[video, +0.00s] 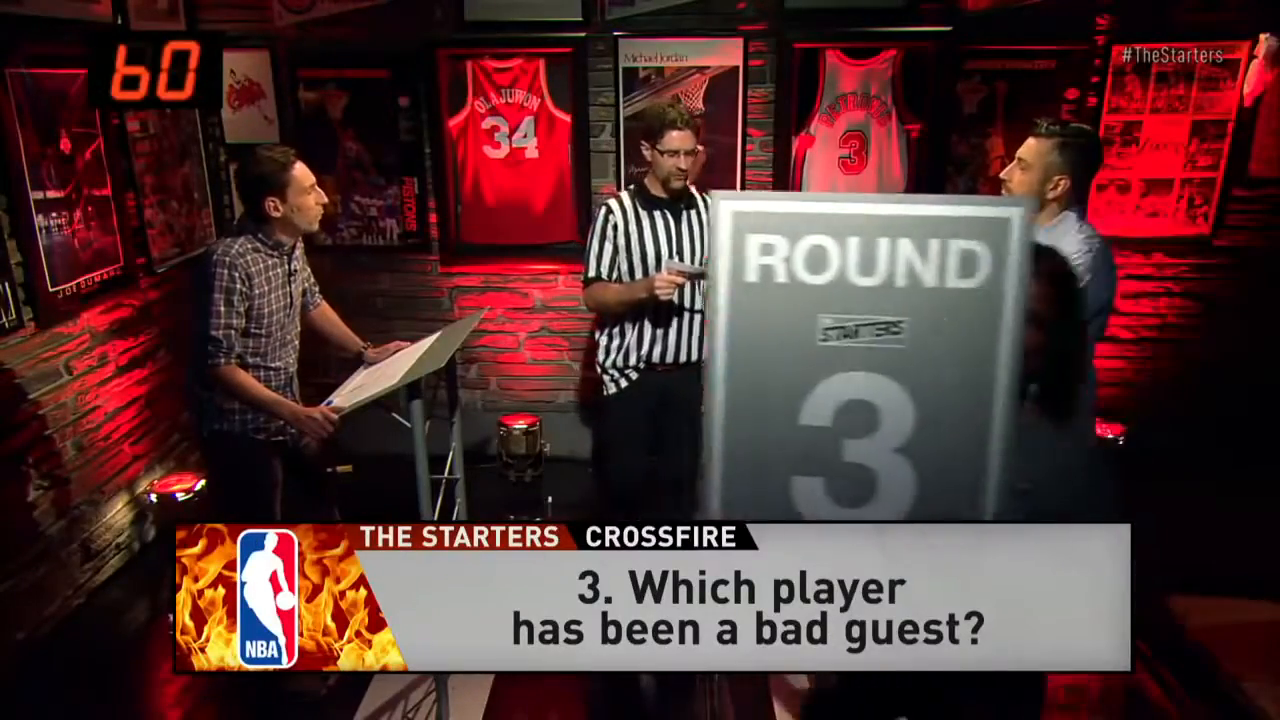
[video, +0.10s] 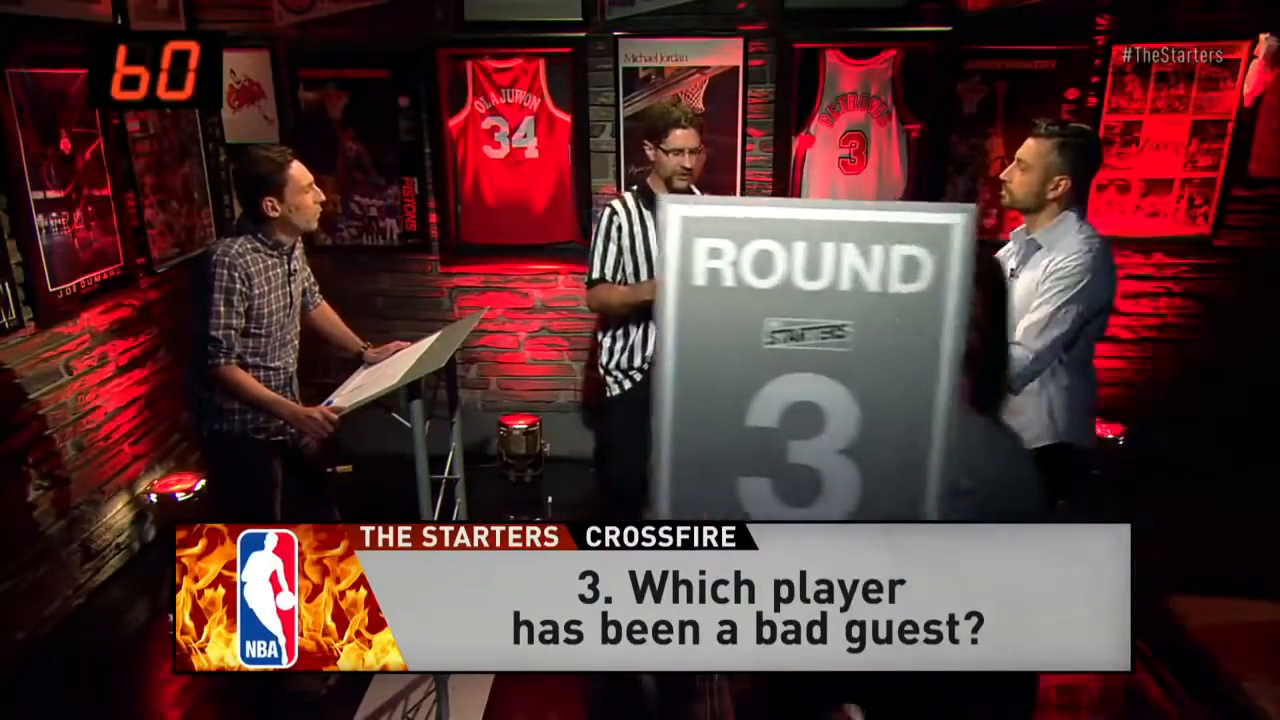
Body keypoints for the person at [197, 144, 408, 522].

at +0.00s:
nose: (323, 198)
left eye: (318, 187)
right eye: (310, 191)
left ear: (279, 207)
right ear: (274, 207)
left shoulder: (291, 248)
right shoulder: (231, 261)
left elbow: (313, 305)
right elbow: (220, 366)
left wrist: (364, 350)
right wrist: (294, 413)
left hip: (287, 427)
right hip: (241, 437)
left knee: (309, 526)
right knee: (255, 540)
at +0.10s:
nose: (321, 197)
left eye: (315, 186)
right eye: (308, 190)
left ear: (275, 207)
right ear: (272, 207)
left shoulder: (291, 248)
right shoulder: (231, 261)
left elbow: (313, 305)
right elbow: (220, 366)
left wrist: (364, 350)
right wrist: (294, 413)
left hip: (287, 427)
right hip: (241, 437)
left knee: (308, 525)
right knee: (255, 539)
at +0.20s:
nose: (319, 196)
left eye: (313, 186)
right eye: (305, 189)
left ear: (272, 206)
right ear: (270, 206)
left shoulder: (290, 247)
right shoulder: (230, 261)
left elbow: (313, 305)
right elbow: (219, 366)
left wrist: (364, 350)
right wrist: (293, 413)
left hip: (287, 427)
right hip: (241, 437)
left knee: (309, 525)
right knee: (254, 539)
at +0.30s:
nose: (316, 196)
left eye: (311, 185)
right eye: (303, 189)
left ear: (271, 206)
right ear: (268, 205)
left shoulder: (290, 247)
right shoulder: (228, 261)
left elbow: (312, 304)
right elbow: (218, 366)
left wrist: (363, 350)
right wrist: (293, 413)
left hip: (286, 427)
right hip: (240, 437)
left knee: (309, 525)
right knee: (254, 539)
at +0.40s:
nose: (315, 196)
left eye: (309, 185)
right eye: (301, 188)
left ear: (270, 205)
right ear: (267, 205)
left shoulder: (289, 247)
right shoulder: (228, 261)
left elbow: (312, 304)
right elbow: (218, 366)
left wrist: (364, 350)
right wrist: (293, 413)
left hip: (287, 427)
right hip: (241, 436)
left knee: (310, 524)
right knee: (254, 539)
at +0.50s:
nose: (314, 196)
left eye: (308, 185)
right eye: (300, 189)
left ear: (269, 205)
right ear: (266, 205)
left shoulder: (289, 247)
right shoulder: (226, 261)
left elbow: (312, 304)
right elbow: (218, 367)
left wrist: (364, 351)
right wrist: (293, 413)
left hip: (286, 425)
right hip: (240, 435)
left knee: (305, 525)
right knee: (252, 537)